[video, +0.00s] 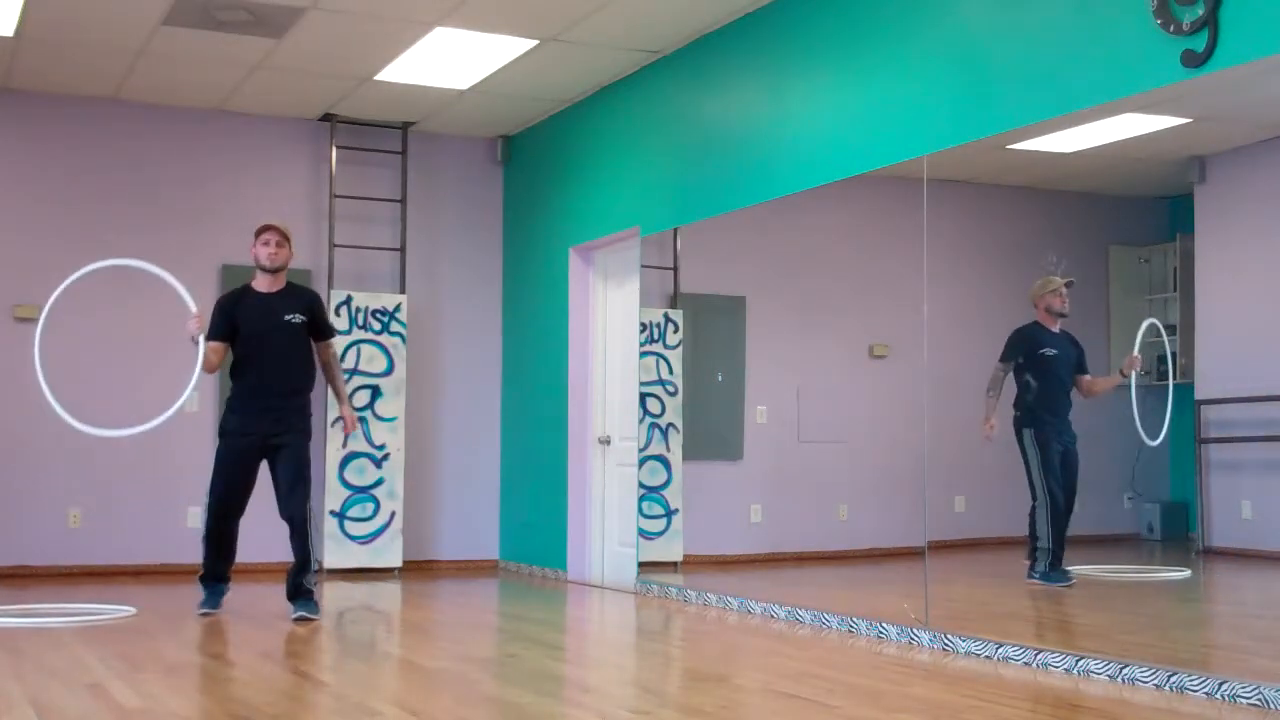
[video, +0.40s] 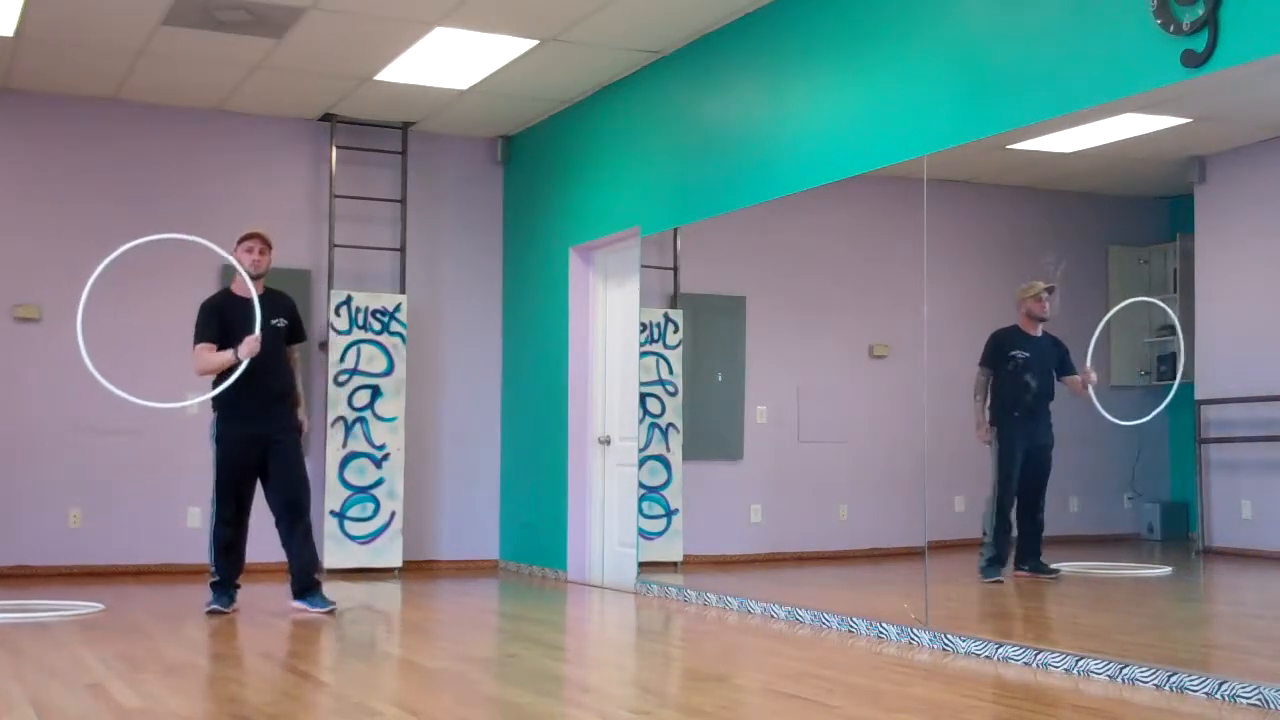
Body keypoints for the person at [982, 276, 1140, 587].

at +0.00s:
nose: (1065, 299)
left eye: (1066, 295)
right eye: (1058, 294)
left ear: (1064, 302)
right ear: (1040, 301)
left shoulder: (1071, 343)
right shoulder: (1024, 336)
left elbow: (1088, 388)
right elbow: (998, 375)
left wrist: (1122, 373)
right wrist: (990, 416)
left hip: (1062, 426)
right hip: (1033, 425)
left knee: (1066, 496)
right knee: (1048, 495)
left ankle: (1052, 564)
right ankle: (1041, 566)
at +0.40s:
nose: (1045, 304)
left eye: (1047, 300)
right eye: (1039, 300)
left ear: (1049, 306)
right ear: (1023, 304)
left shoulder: (1054, 345)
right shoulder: (1002, 339)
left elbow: (1075, 387)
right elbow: (982, 380)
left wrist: (1086, 381)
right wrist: (981, 420)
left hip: (1040, 429)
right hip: (1008, 428)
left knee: (1033, 498)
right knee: (1003, 496)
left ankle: (1029, 559)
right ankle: (993, 564)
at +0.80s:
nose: (1007, 307)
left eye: (1009, 302)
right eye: (1000, 303)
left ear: (1013, 308)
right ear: (986, 308)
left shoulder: (1024, 346)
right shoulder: (968, 343)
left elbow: (1042, 384)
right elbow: (954, 386)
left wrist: (1055, 405)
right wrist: (953, 423)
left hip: (1016, 431)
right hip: (979, 431)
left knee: (1021, 499)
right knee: (968, 500)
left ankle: (1027, 560)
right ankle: (949, 563)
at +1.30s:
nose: (970, 301)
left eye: (971, 296)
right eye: (962, 297)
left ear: (973, 300)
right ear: (947, 302)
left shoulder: (987, 339)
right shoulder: (931, 339)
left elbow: (1007, 377)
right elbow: (917, 384)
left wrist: (1019, 404)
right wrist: (917, 423)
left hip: (983, 431)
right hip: (946, 432)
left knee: (985, 502)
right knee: (946, 502)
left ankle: (977, 563)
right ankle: (943, 564)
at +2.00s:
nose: (945, 304)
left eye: (950, 299)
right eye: (938, 300)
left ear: (959, 304)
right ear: (930, 307)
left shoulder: (975, 333)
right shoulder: (922, 343)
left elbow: (984, 355)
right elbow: (910, 391)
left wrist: (984, 372)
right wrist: (909, 430)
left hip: (974, 430)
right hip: (937, 433)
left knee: (975, 502)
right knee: (923, 502)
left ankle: (972, 565)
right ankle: (902, 571)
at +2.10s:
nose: (942, 306)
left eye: (947, 301)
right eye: (935, 302)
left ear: (957, 305)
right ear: (929, 308)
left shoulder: (972, 332)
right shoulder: (921, 344)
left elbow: (984, 344)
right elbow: (909, 390)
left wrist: (976, 347)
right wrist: (906, 429)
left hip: (971, 431)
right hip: (935, 433)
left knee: (974, 503)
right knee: (918, 503)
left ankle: (972, 565)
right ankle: (897, 571)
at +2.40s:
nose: (933, 301)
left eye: (937, 296)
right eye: (927, 296)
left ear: (942, 300)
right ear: (915, 300)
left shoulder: (952, 334)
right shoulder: (899, 338)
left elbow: (980, 351)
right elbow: (883, 386)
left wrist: (982, 319)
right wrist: (883, 427)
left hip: (945, 430)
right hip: (909, 432)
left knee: (957, 499)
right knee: (906, 503)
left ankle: (941, 562)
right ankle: (894, 572)